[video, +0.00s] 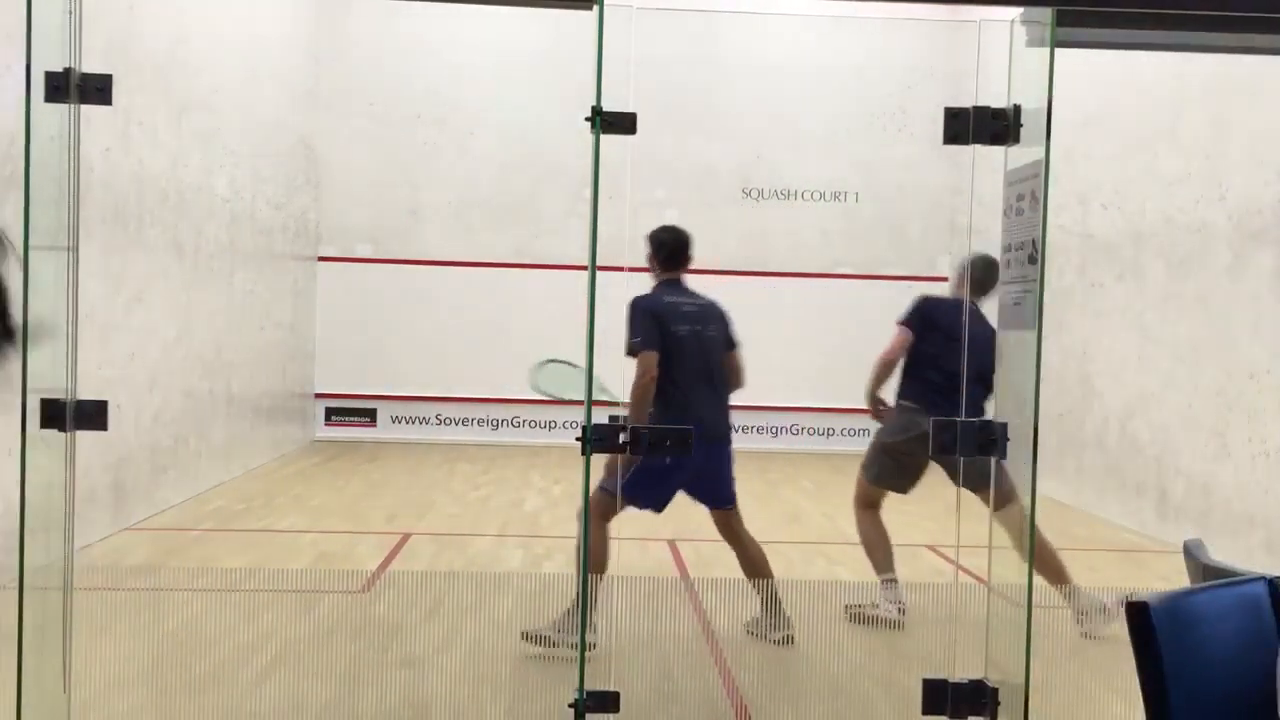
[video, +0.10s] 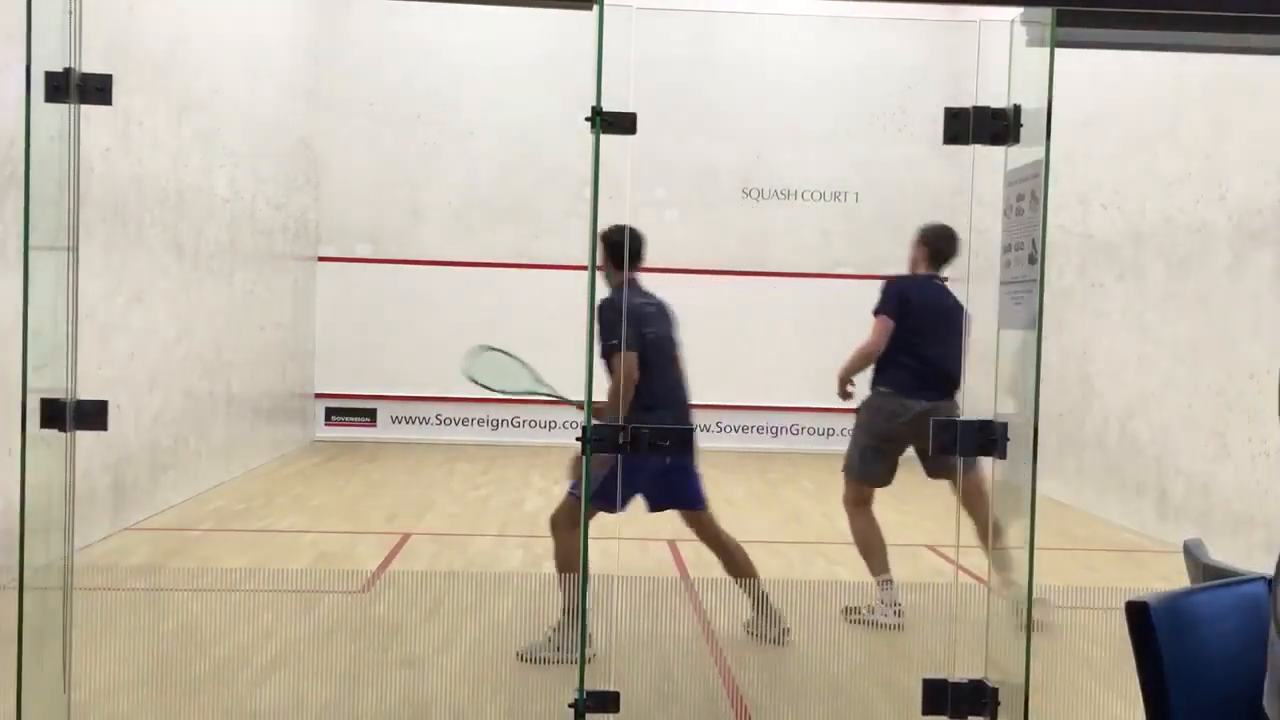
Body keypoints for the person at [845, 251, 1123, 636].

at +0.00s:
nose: (953, 275)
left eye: (956, 270)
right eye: (959, 270)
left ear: (959, 276)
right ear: (989, 290)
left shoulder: (927, 306)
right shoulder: (989, 334)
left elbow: (893, 352)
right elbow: (992, 389)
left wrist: (872, 394)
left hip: (912, 422)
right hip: (965, 431)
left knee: (866, 505)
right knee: (1017, 520)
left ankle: (891, 597)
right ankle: (1080, 604)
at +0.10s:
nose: (910, 253)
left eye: (913, 247)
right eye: (915, 247)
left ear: (919, 251)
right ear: (945, 260)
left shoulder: (899, 288)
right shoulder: (955, 307)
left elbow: (876, 346)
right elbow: (953, 370)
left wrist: (845, 374)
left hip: (889, 406)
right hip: (939, 410)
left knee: (856, 501)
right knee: (968, 482)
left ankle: (888, 603)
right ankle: (1005, 569)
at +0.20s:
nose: (874, 236)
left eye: (877, 230)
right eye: (877, 229)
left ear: (887, 233)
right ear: (910, 240)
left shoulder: (872, 271)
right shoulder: (925, 287)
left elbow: (858, 335)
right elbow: (930, 356)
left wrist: (832, 364)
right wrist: (904, 381)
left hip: (874, 392)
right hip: (918, 396)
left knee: (862, 495)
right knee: (923, 488)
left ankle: (887, 602)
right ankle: (939, 581)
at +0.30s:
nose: (839, 233)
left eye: (843, 227)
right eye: (841, 227)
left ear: (857, 232)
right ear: (873, 237)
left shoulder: (848, 271)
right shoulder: (890, 280)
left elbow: (840, 335)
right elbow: (888, 341)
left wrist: (812, 363)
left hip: (859, 391)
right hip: (895, 391)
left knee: (869, 495)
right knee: (863, 489)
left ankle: (888, 601)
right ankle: (859, 585)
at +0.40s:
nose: (807, 239)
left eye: (812, 233)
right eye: (810, 232)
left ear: (827, 238)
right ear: (841, 241)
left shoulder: (826, 280)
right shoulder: (861, 285)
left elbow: (821, 342)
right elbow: (876, 358)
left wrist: (788, 370)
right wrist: (885, 410)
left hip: (840, 400)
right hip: (862, 398)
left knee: (863, 501)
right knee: (813, 470)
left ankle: (888, 601)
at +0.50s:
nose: (778, 242)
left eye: (783, 236)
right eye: (780, 235)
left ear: (800, 242)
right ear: (811, 245)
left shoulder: (800, 284)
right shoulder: (833, 290)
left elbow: (797, 347)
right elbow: (852, 361)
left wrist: (761, 371)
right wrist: (867, 410)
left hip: (813, 402)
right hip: (828, 401)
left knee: (843, 498)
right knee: (777, 477)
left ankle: (886, 597)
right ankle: (738, 563)